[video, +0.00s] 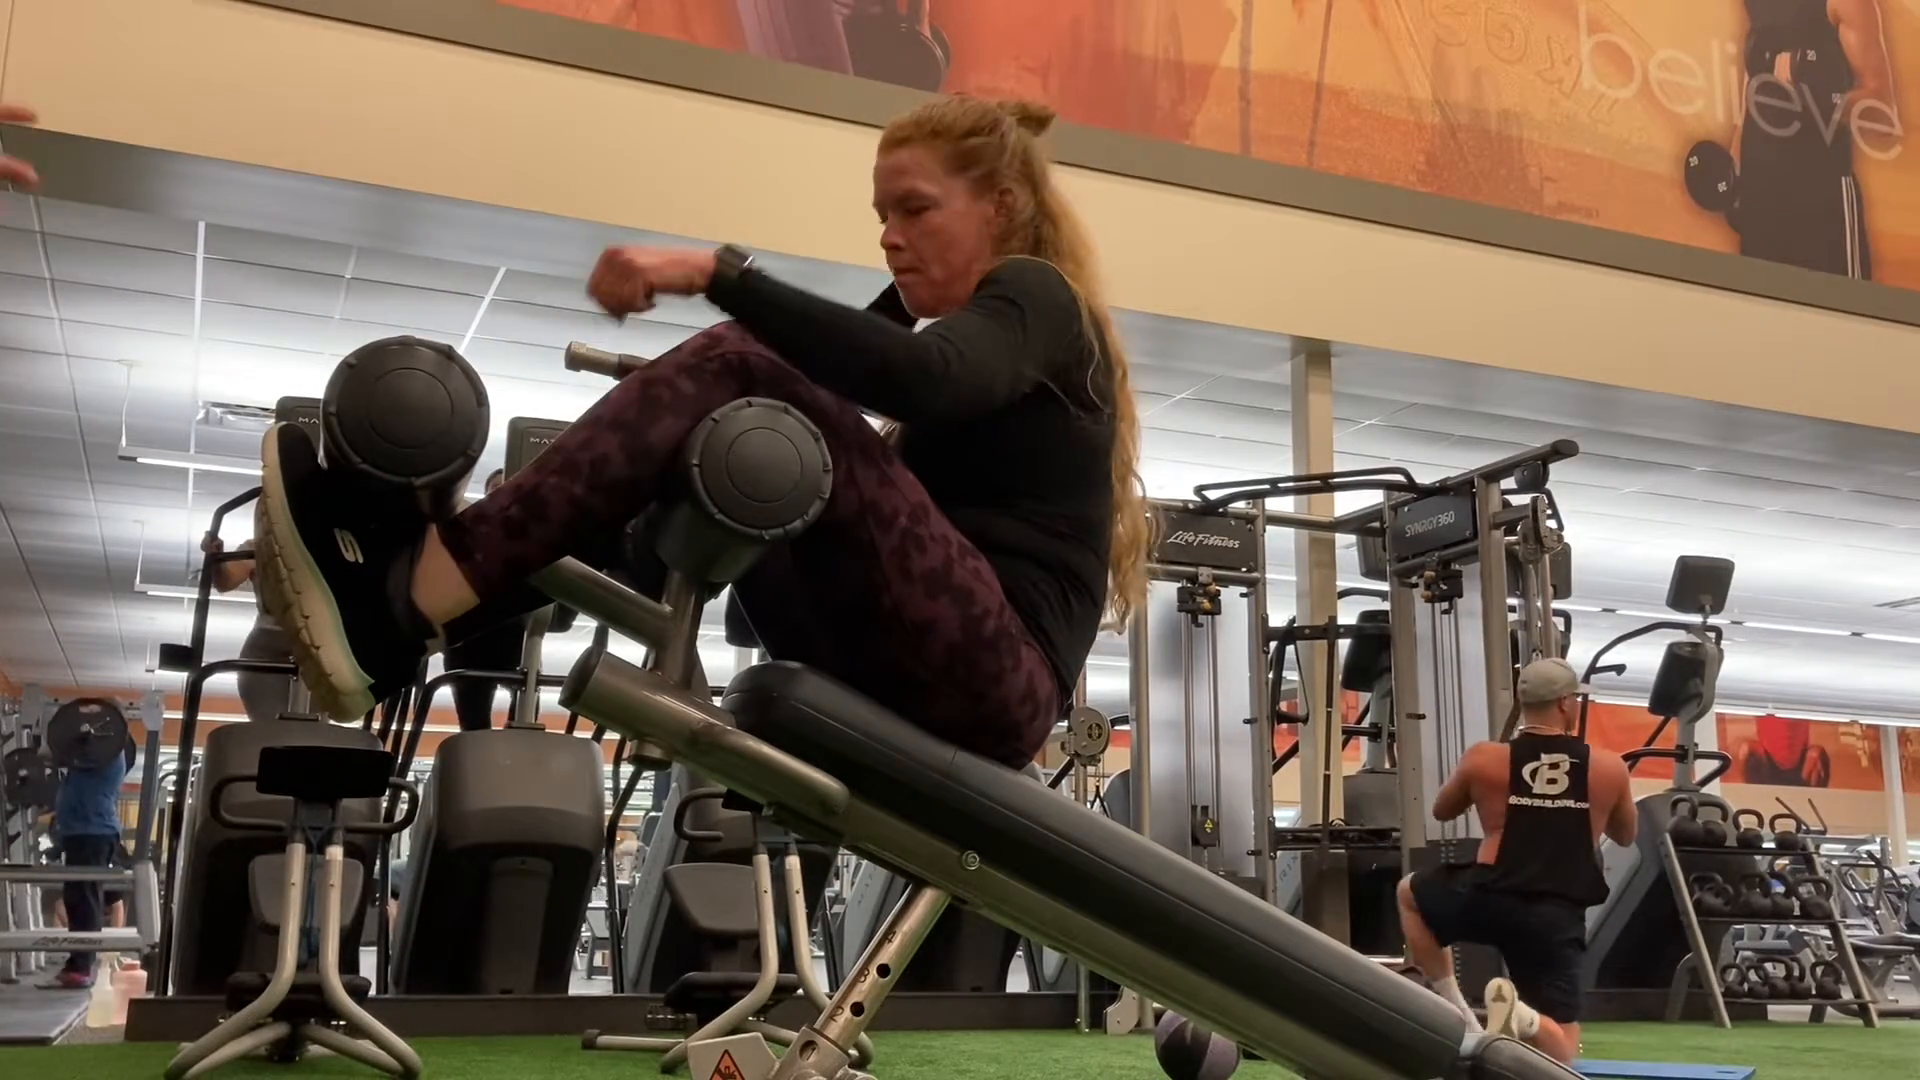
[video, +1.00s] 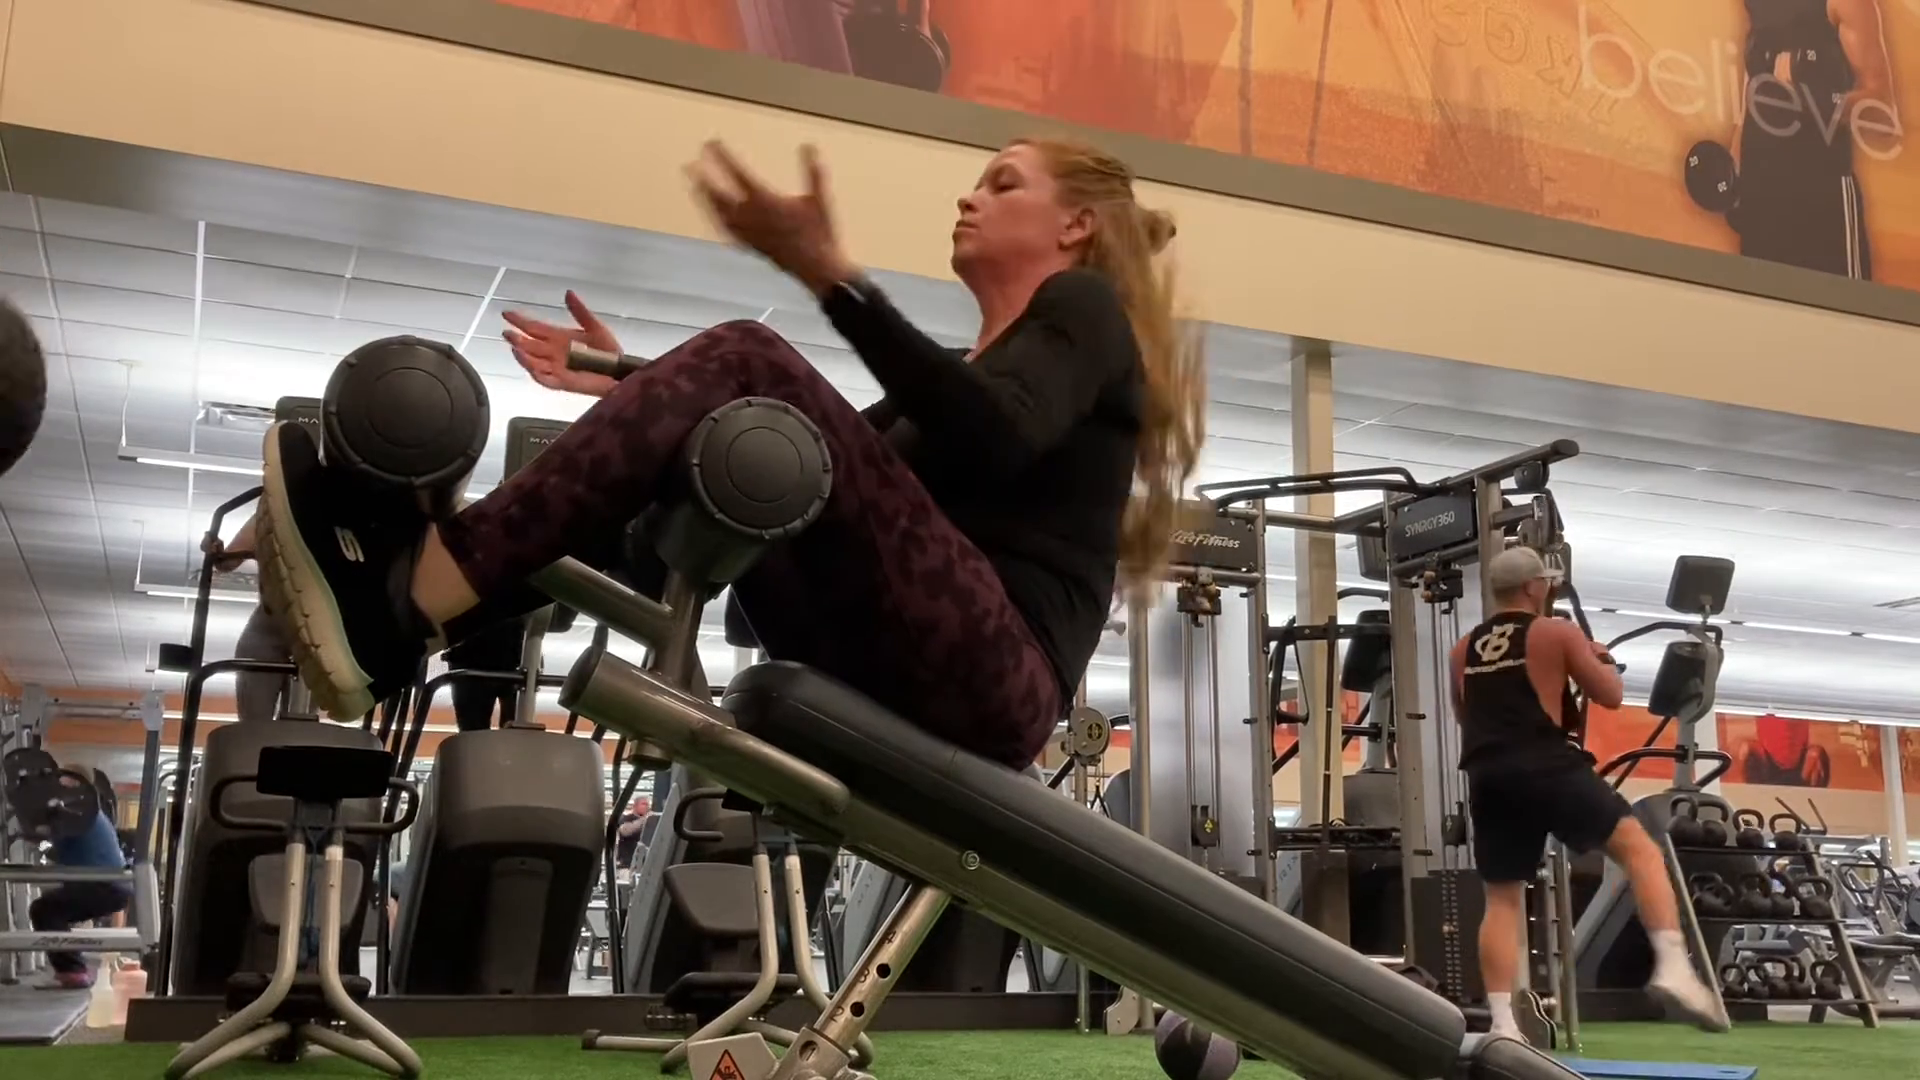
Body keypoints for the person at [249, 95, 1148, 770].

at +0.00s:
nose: (890, 239)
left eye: (915, 211)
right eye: (885, 217)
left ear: (999, 208)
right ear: (892, 224)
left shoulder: (1040, 301)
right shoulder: (909, 330)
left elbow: (933, 374)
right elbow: (807, 387)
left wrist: (721, 271)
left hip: (997, 671)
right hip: (891, 647)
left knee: (746, 364)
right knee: (717, 404)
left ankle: (429, 592)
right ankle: (411, 592)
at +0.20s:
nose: (895, 212)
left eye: (919, 187)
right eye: (904, 189)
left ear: (996, 192)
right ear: (990, 194)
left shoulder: (1049, 295)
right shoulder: (947, 334)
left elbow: (921, 366)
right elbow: (854, 425)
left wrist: (826, 232)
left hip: (996, 670)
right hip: (907, 652)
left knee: (756, 360)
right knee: (717, 409)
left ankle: (440, 584)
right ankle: (410, 589)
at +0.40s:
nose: (942, 222)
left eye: (958, 202)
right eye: (942, 201)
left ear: (1025, 194)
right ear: (1017, 199)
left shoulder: (1076, 302)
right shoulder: (984, 326)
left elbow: (880, 276)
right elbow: (880, 480)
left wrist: (968, 223)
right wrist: (705, 378)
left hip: (992, 675)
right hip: (902, 651)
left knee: (750, 355)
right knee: (713, 395)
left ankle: (431, 594)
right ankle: (415, 588)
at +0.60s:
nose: (933, 214)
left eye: (957, 191)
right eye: (938, 189)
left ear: (1033, 201)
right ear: (957, 197)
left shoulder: (1100, 331)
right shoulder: (944, 361)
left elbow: (997, 232)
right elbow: (844, 464)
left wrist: (1077, 167)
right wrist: (644, 419)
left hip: (990, 677)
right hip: (886, 649)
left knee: (755, 357)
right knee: (728, 400)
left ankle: (424, 601)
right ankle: (409, 587)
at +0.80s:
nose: (1045, 197)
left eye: (1075, 183)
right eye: (1048, 180)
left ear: (1121, 223)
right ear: (1044, 222)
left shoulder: (1109, 309)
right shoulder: (947, 364)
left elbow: (1051, 378)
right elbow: (821, 477)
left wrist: (1002, 209)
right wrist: (606, 420)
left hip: (996, 676)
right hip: (877, 644)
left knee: (755, 355)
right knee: (709, 429)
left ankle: (435, 589)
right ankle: (395, 594)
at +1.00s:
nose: (968, 197)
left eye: (1003, 185)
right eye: (976, 184)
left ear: (1078, 226)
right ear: (996, 233)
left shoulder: (1085, 309)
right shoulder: (969, 377)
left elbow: (996, 432)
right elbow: (838, 455)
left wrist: (834, 283)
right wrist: (638, 379)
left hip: (992, 672)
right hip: (904, 658)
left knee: (751, 361)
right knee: (723, 418)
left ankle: (423, 601)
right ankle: (406, 598)